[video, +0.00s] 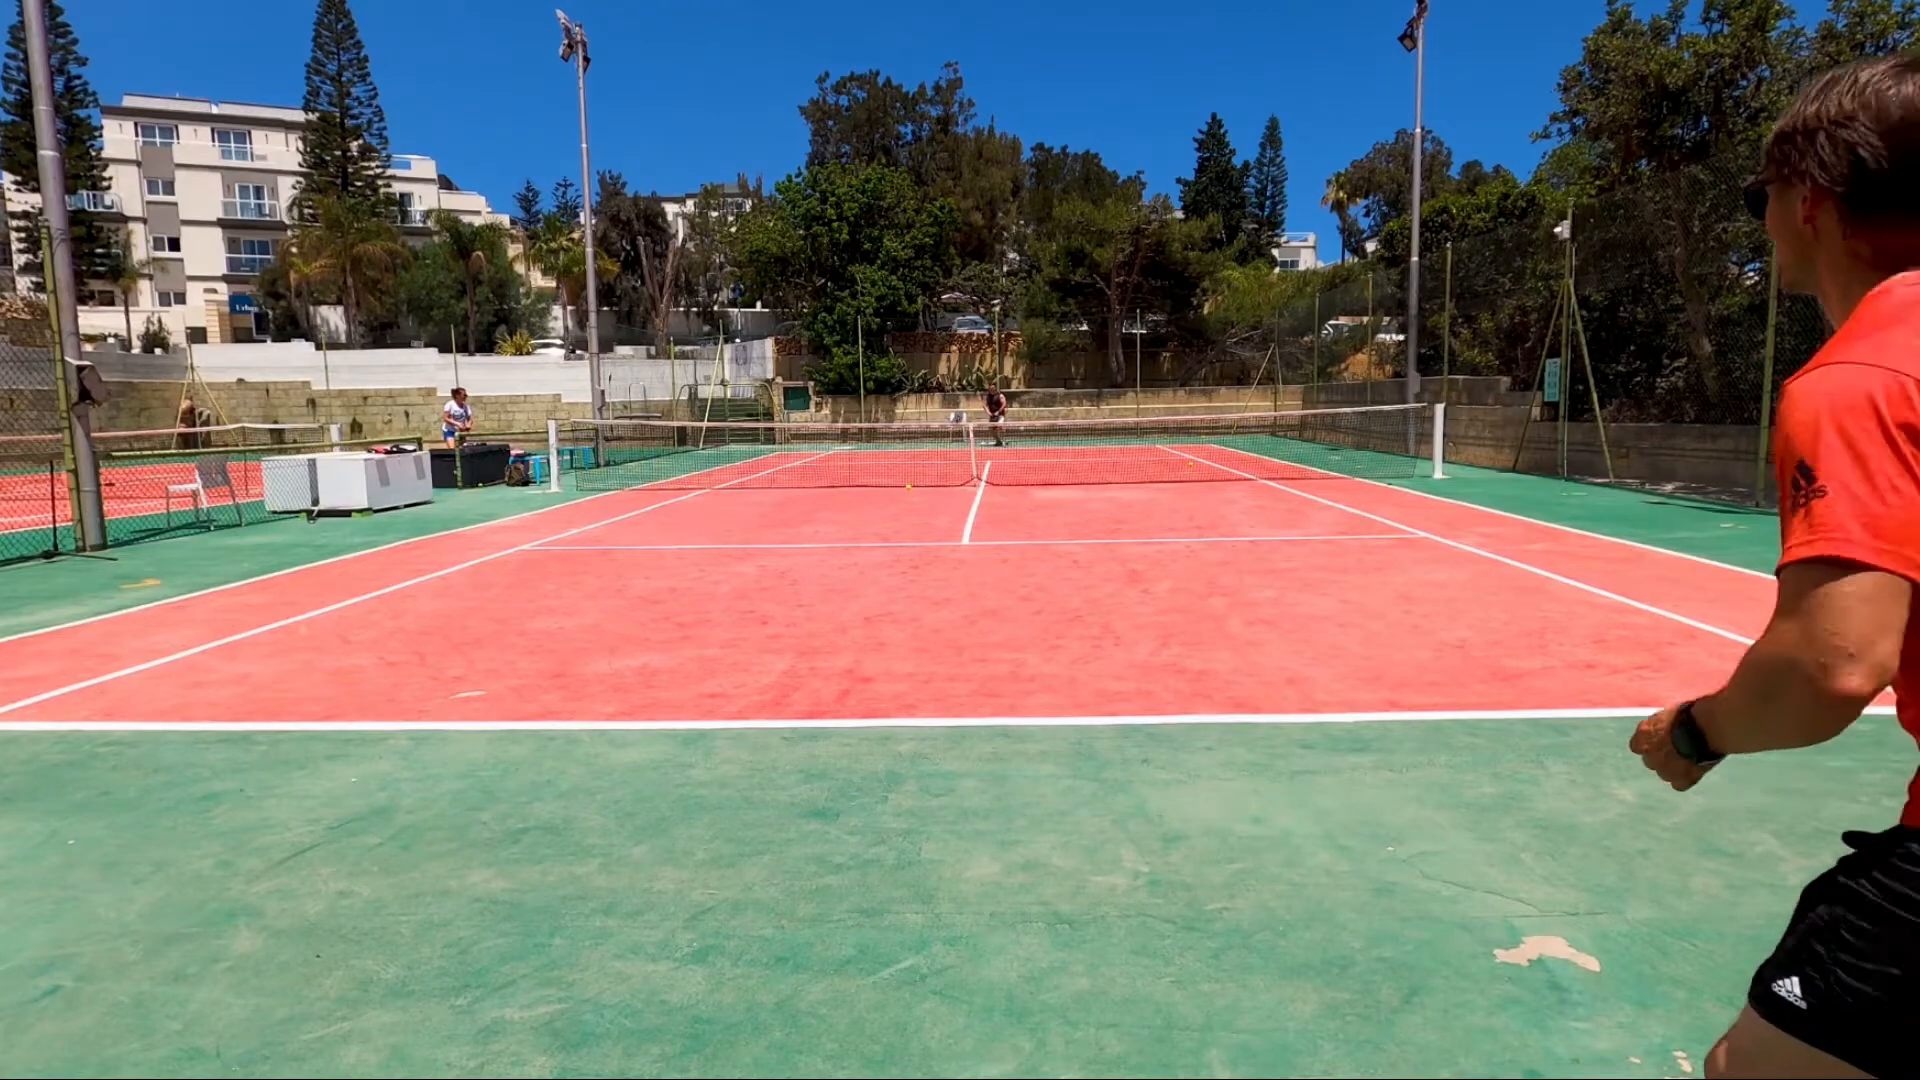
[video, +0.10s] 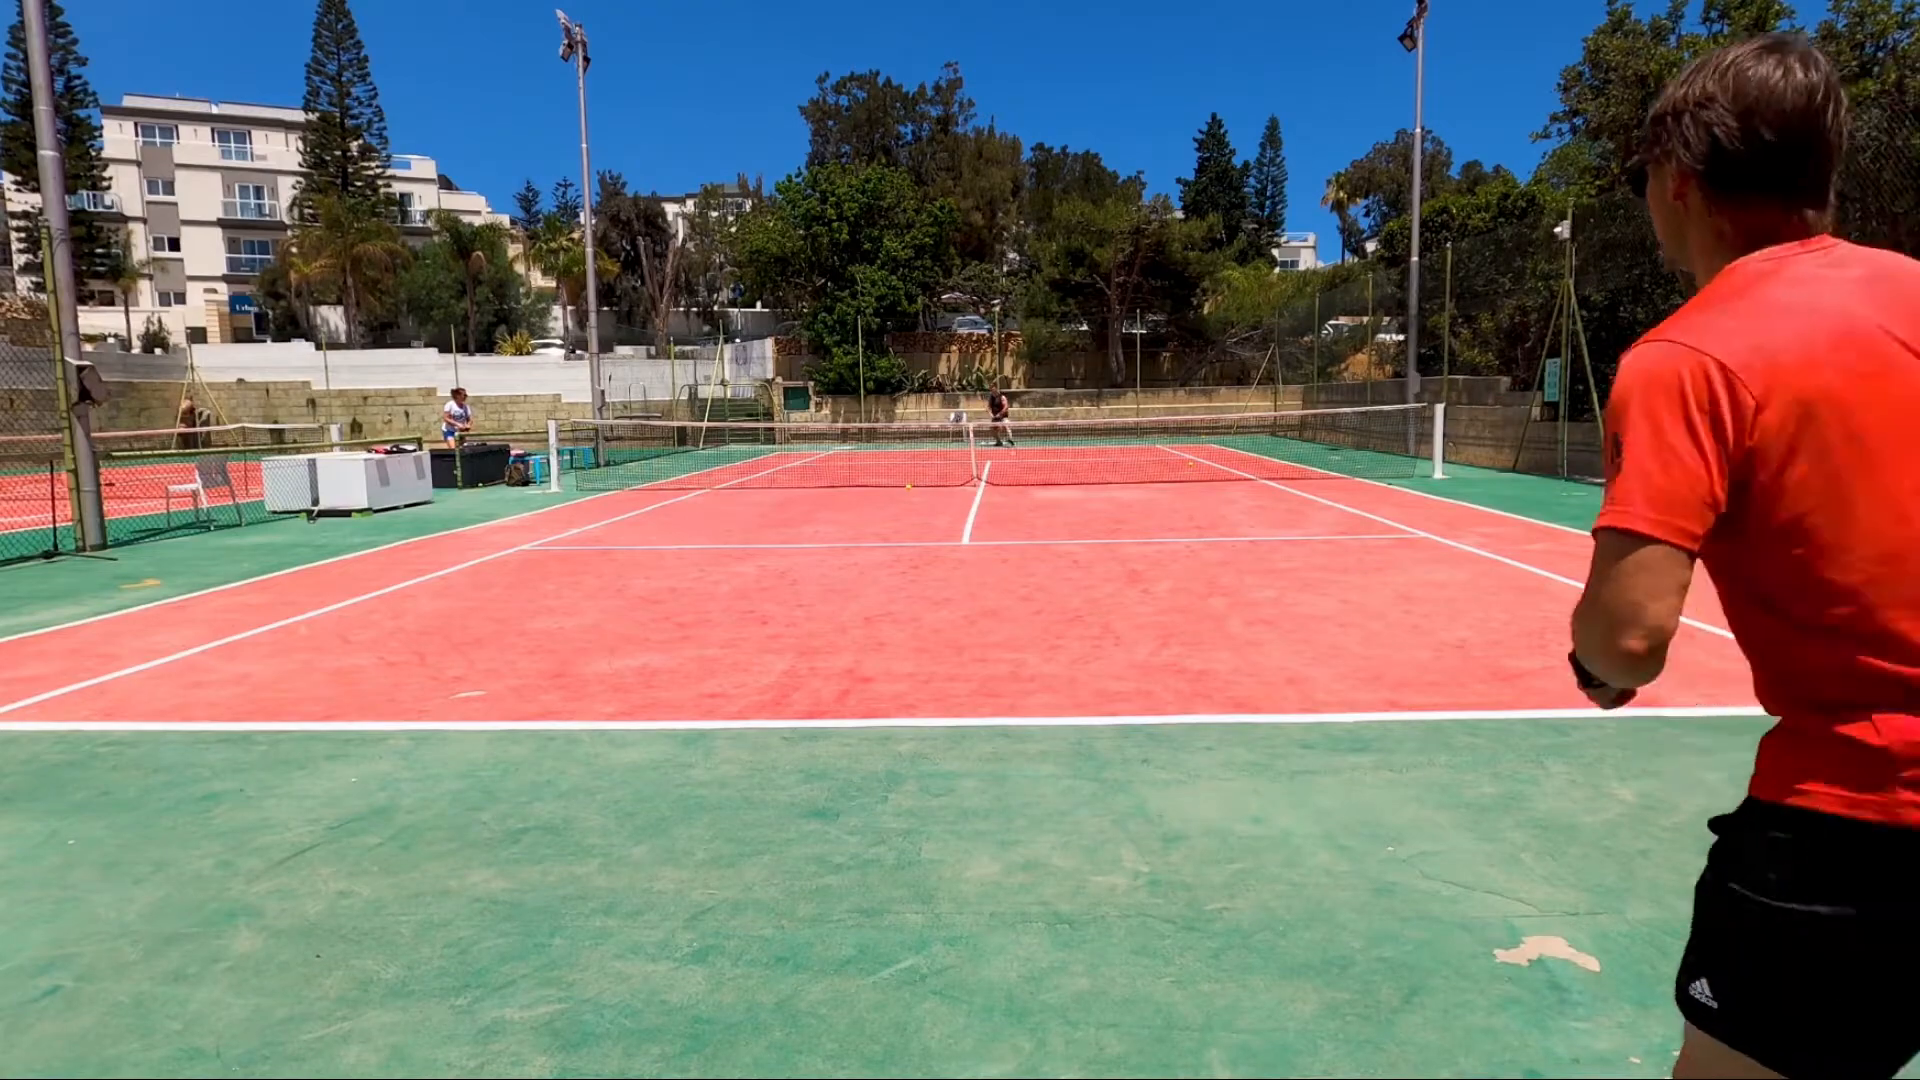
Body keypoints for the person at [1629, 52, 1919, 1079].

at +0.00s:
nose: (1767, 226)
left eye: (1768, 195)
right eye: (1765, 197)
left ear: (1812, 202)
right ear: (1913, 195)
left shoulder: (1865, 377)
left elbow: (1837, 662)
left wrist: (1698, 731)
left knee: (1751, 1066)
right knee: (1756, 1060)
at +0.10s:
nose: (1649, 209)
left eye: (1649, 179)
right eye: (1648, 181)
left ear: (1682, 182)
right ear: (1820, 172)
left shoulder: (1695, 353)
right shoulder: (1907, 285)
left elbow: (1633, 631)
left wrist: (1604, 659)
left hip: (1853, 794)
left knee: (1722, 1061)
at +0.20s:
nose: (1575, 131)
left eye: (1572, 108)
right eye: (1574, 109)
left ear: (1596, 107)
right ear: (1734, 103)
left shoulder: (1560, 276)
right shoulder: (1898, 238)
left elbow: (1508, 526)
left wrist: (1559, 580)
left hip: (1711, 736)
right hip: (1906, 722)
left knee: (1733, 1061)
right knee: (1908, 1000)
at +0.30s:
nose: (1500, 84)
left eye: (1502, 63)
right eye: (1503, 63)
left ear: (1517, 65)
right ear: (1656, 63)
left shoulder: (1464, 233)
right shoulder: (1789, 209)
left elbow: (1411, 472)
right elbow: (1913, 387)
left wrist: (1476, 532)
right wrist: (1850, 539)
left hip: (1570, 668)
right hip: (1763, 660)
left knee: (1572, 992)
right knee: (1719, 949)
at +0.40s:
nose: (1415, 120)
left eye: (1417, 100)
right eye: (1419, 100)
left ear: (1435, 115)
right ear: (1562, 119)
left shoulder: (1381, 277)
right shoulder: (1682, 270)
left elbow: (1315, 501)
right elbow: (1776, 470)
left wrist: (1385, 562)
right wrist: (1647, 551)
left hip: (1446, 693)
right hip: (1619, 700)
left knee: (1363, 948)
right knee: (1577, 944)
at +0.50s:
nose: (1332, 204)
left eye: (1336, 186)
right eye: (1338, 185)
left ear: (1349, 198)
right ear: (1464, 203)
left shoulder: (1297, 347)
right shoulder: (1555, 347)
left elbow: (1222, 561)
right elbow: (1621, 546)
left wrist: (1285, 614)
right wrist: (1497, 590)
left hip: (1336, 729)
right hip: (1505, 739)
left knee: (1182, 924)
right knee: (1501, 934)